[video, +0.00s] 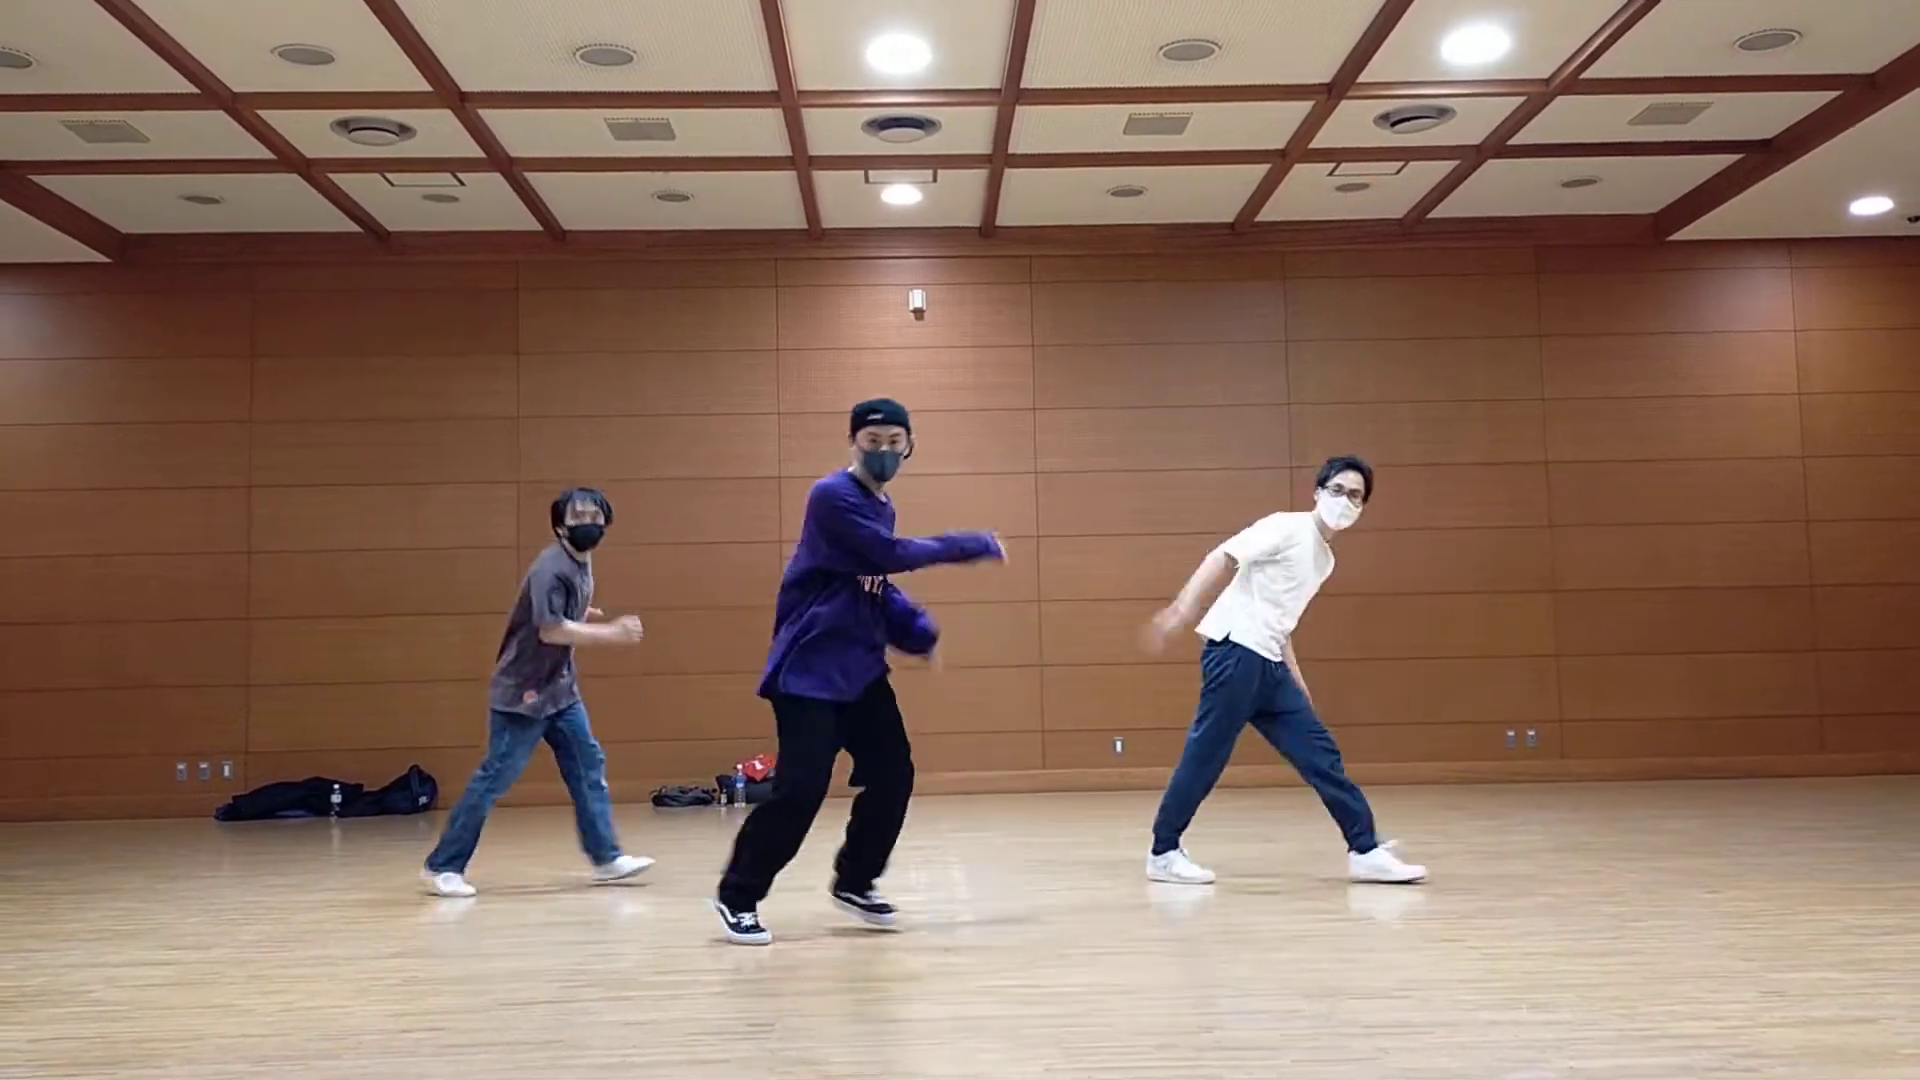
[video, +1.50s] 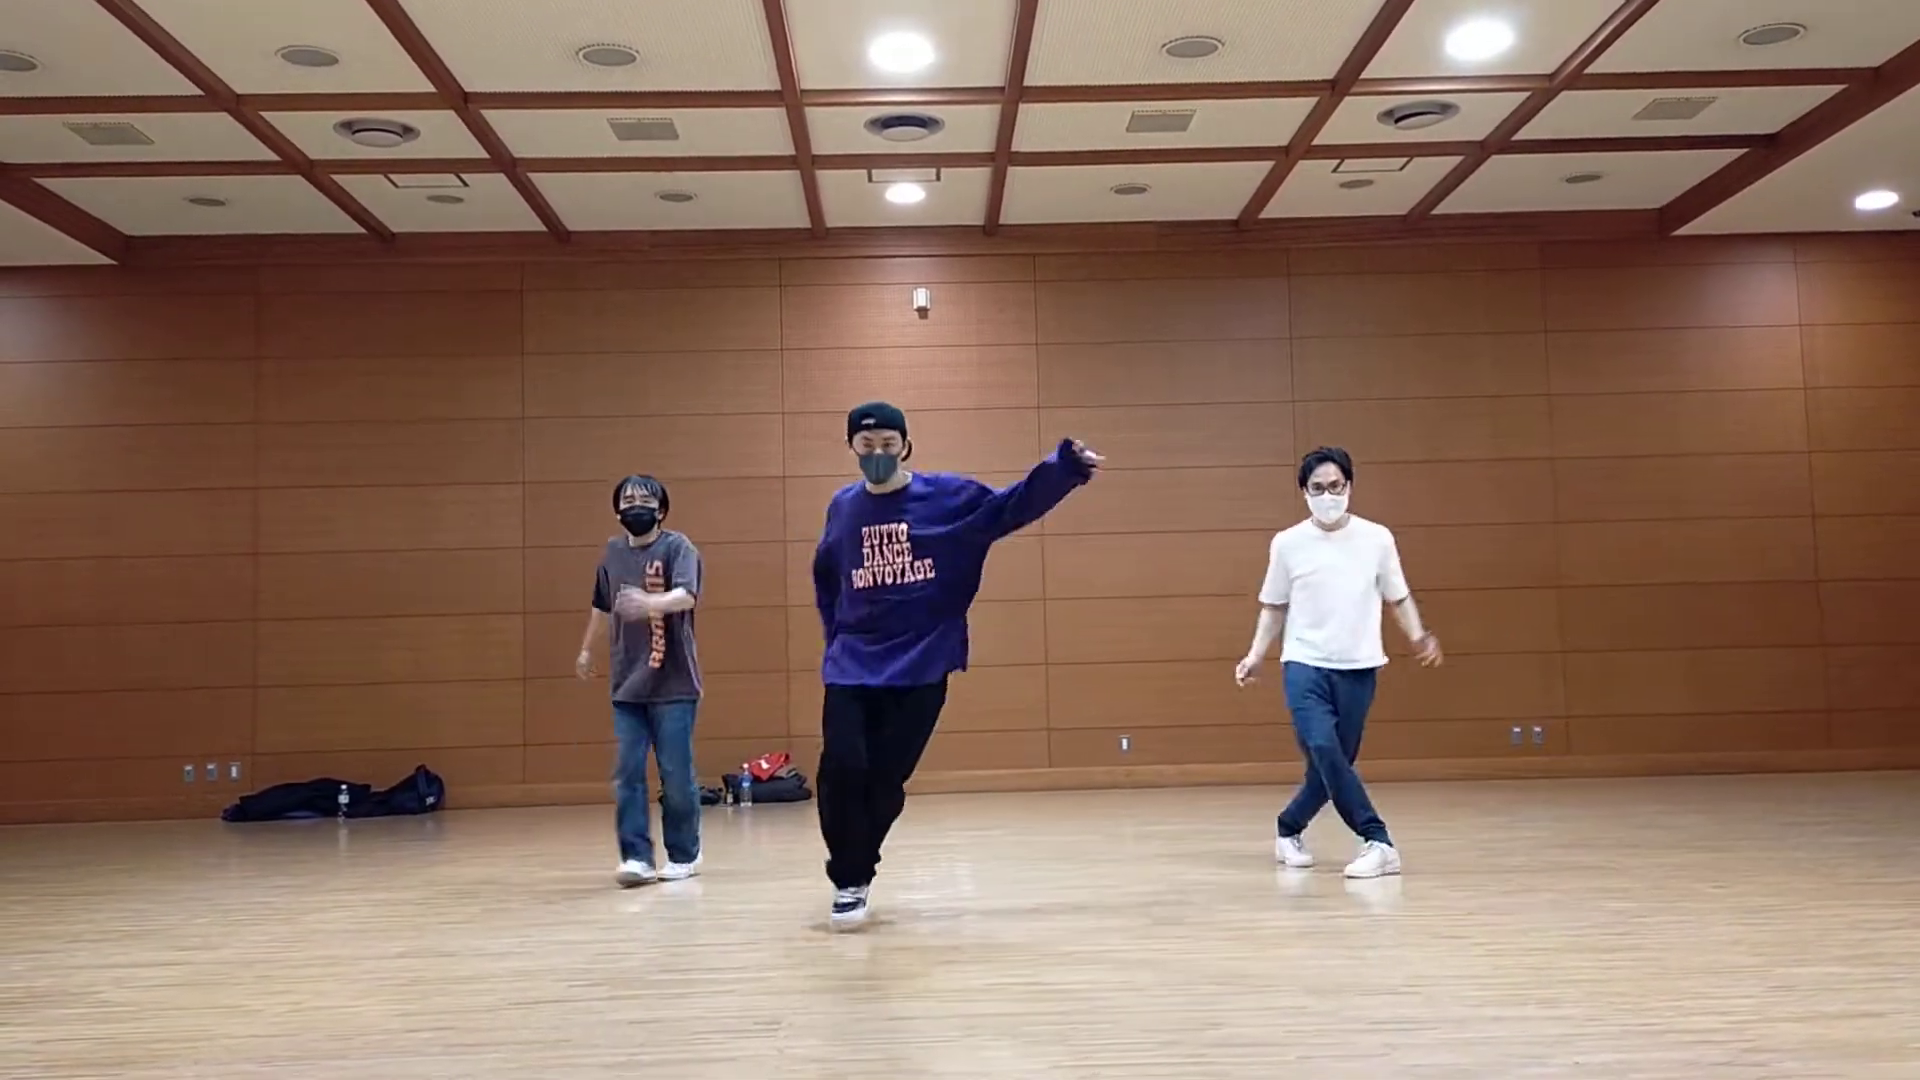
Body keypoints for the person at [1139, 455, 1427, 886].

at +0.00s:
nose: (1346, 502)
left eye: (1356, 497)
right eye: (1338, 491)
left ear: (1362, 509)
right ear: (1318, 493)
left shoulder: (1323, 561)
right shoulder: (1287, 527)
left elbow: (1280, 624)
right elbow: (1221, 558)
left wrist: (1295, 681)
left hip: (1270, 664)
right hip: (1235, 652)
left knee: (1319, 752)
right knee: (1206, 752)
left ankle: (1366, 851)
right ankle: (1163, 852)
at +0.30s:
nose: (1384, 464)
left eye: (1393, 456)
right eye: (1375, 455)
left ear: (1406, 463)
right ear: (1359, 460)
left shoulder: (1409, 522)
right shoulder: (1327, 496)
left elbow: (1391, 593)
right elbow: (1255, 508)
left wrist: (1395, 651)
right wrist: (1181, 505)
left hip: (1366, 644)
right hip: (1317, 633)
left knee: (1376, 745)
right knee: (1319, 733)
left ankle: (1367, 851)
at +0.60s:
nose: (1411, 480)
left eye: (1418, 472)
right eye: (1400, 474)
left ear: (1430, 474)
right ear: (1385, 481)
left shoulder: (1458, 522)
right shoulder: (1366, 525)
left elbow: (1492, 586)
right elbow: (1332, 578)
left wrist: (1502, 544)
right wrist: (1305, 608)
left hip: (1446, 654)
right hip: (1389, 658)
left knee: (1472, 729)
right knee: (1417, 755)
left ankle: (1480, 830)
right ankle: (1444, 837)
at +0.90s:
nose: (1394, 475)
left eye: (1401, 465)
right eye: (1384, 469)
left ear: (1417, 467)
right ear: (1373, 479)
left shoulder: (1454, 504)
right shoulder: (1386, 528)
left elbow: (1525, 529)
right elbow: (1410, 584)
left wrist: (1513, 588)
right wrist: (1387, 596)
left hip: (1480, 645)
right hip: (1428, 649)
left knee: (1519, 741)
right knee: (1407, 724)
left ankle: (1573, 834)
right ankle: (1419, 832)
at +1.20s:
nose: (1355, 479)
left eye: (1362, 470)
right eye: (1345, 473)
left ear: (1378, 473)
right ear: (1335, 483)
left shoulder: (1417, 511)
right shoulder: (1334, 537)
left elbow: (1478, 538)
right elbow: (1344, 609)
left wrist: (1517, 561)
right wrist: (1339, 663)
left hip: (1431, 653)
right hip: (1375, 659)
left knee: (1450, 738)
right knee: (1359, 741)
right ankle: (1384, 846)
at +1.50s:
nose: (1329, 495)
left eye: (1337, 486)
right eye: (1319, 487)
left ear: (1350, 489)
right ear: (1305, 493)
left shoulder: (1377, 539)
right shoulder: (1286, 544)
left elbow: (1399, 598)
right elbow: (1273, 608)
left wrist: (1418, 636)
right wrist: (1255, 654)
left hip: (1359, 669)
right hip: (1305, 666)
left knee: (1336, 763)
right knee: (1322, 748)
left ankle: (1288, 829)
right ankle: (1378, 842)